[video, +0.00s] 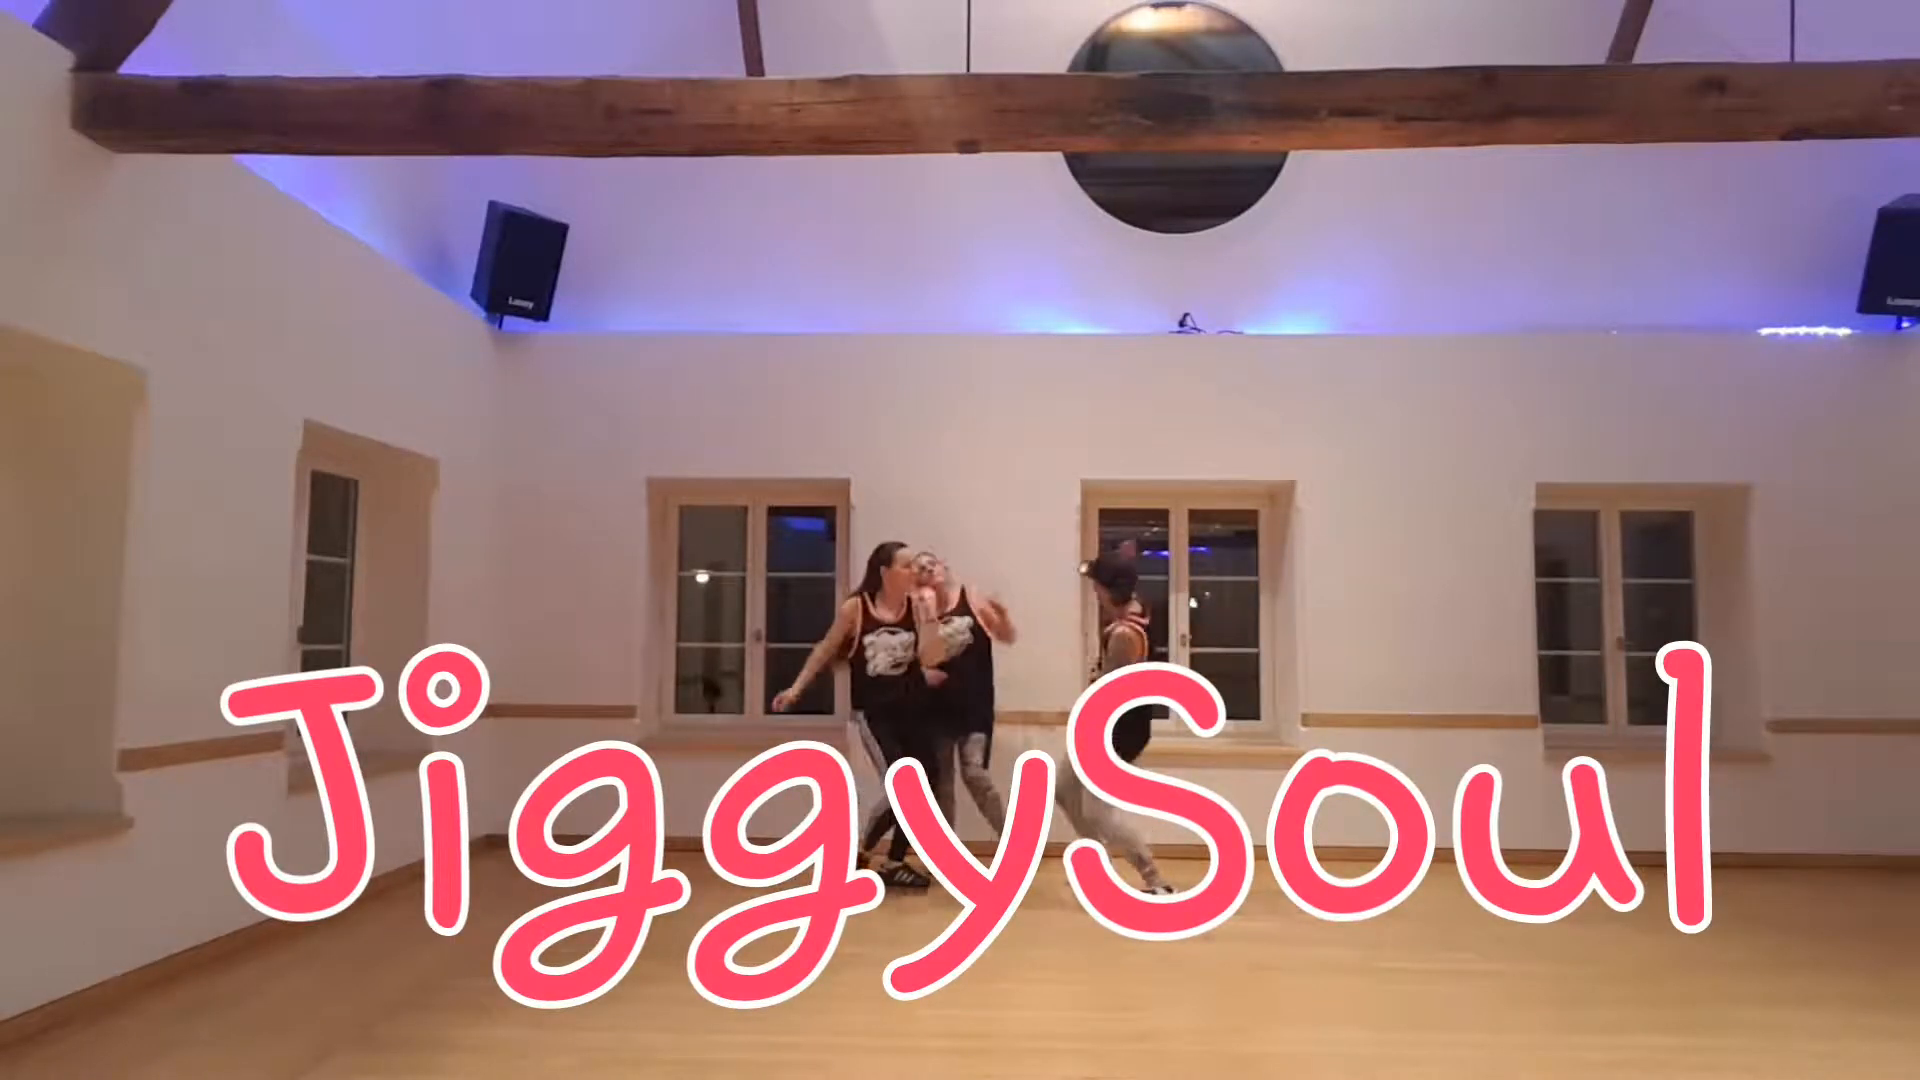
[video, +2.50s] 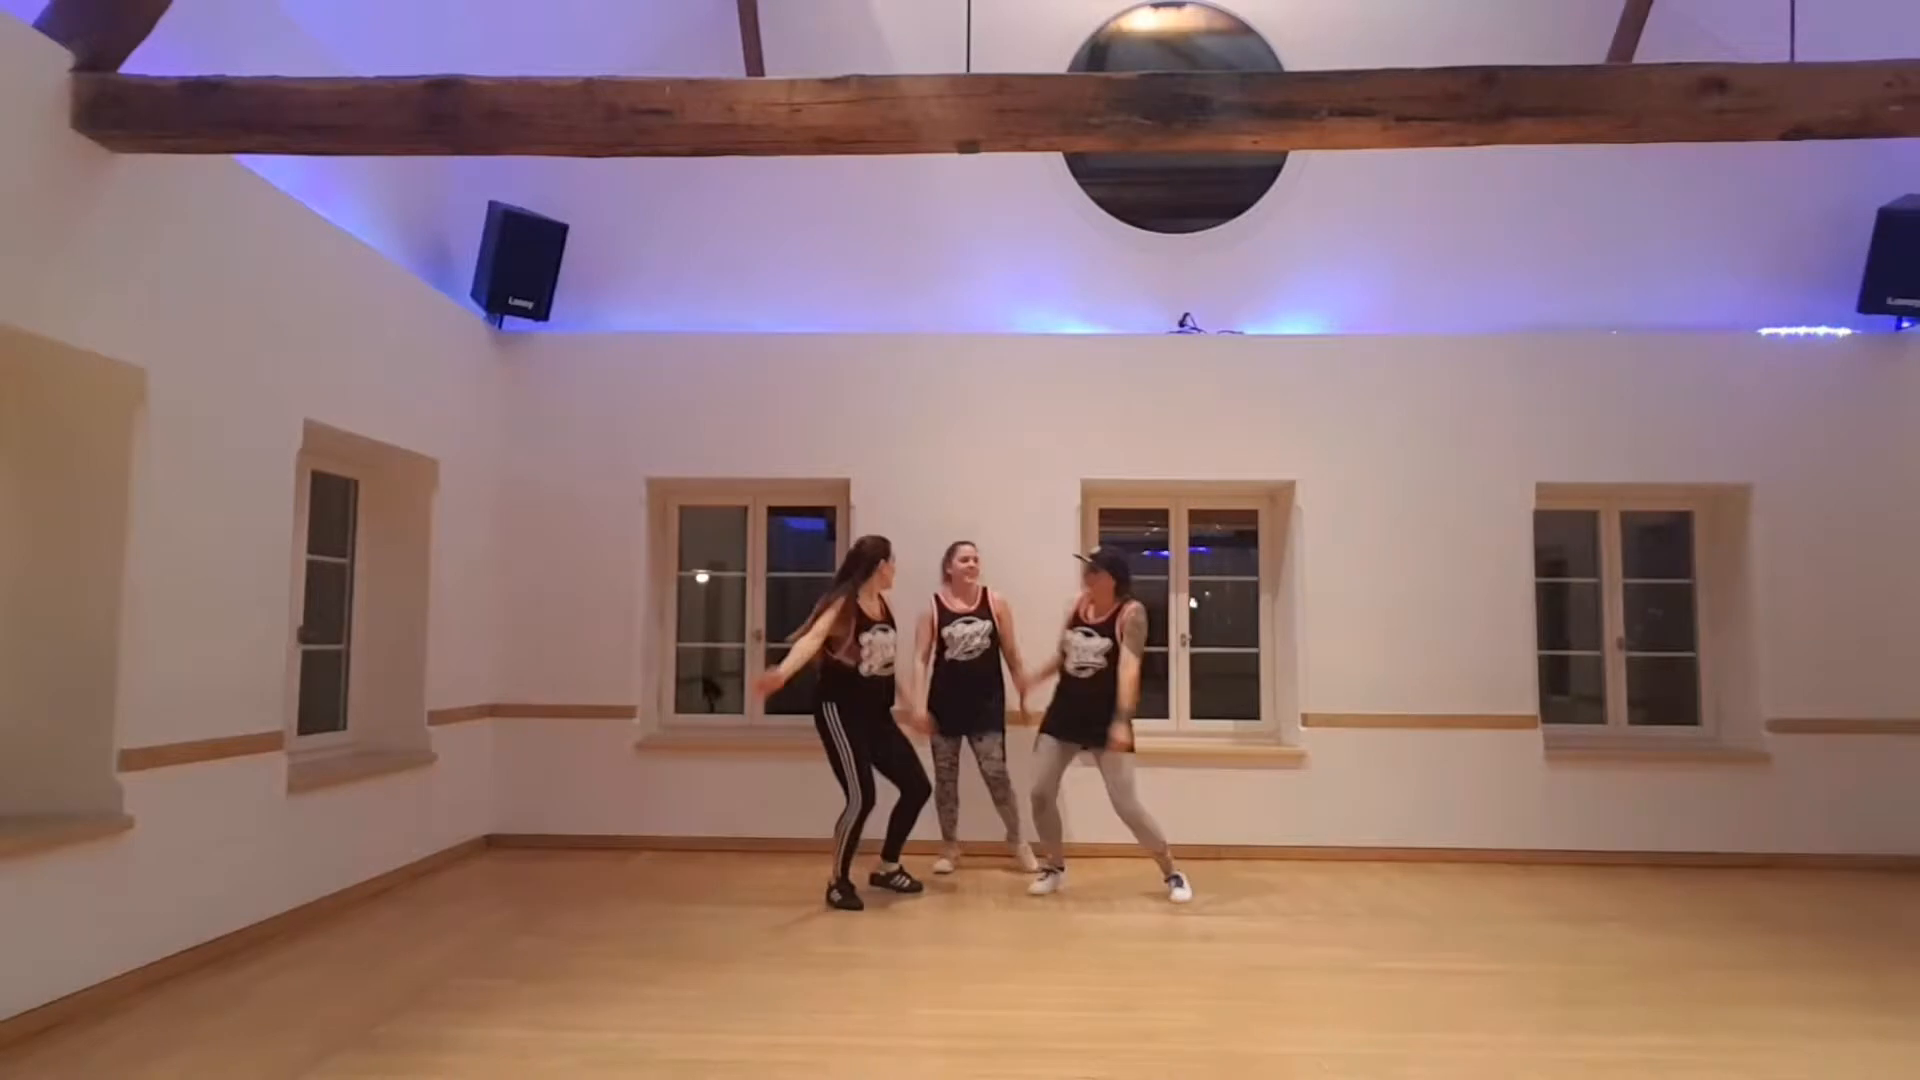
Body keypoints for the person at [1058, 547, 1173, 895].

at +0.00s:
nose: (1095, 592)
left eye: (1097, 586)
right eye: (1096, 586)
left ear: (1105, 590)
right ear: (1127, 587)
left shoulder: (1122, 635)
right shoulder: (1131, 625)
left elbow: (1114, 691)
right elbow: (1114, 685)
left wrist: (1096, 732)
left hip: (1121, 732)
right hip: (1127, 727)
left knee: (1096, 810)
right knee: (1065, 785)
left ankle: (1155, 882)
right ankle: (1097, 854)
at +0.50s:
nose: (1084, 574)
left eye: (1091, 570)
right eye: (1085, 569)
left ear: (1108, 577)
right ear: (1090, 575)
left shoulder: (1136, 610)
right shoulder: (1073, 598)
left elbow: (1169, 646)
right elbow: (1031, 616)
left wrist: (1213, 669)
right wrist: (1039, 571)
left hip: (1109, 704)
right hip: (1067, 700)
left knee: (1079, 782)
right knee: (1057, 787)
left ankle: (1091, 856)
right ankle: (1071, 858)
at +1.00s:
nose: (1093, 556)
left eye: (1099, 550)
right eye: (1091, 550)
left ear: (1118, 553)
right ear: (1095, 555)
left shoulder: (1143, 589)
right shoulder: (1083, 582)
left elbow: (1165, 621)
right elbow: (1056, 618)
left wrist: (1197, 600)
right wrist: (1070, 589)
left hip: (1128, 699)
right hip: (1084, 698)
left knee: (1134, 779)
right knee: (1077, 782)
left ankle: (1154, 864)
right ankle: (1091, 858)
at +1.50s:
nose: (1129, 554)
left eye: (1136, 548)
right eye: (1126, 550)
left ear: (1155, 551)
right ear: (1125, 557)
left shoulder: (1179, 582)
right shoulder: (1113, 588)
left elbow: (1223, 559)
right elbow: (1107, 641)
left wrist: (1194, 515)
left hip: (1166, 697)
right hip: (1118, 694)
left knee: (1167, 786)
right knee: (1098, 774)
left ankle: (1176, 872)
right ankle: (1113, 846)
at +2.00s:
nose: (1129, 558)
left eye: (1136, 551)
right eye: (1127, 551)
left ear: (1157, 555)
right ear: (1132, 558)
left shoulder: (1168, 584)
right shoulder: (1134, 589)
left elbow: (1124, 603)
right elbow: (1117, 603)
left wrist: (1095, 567)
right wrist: (1097, 572)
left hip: (1165, 710)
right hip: (1124, 706)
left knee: (1160, 790)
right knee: (1092, 773)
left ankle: (1176, 874)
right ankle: (1123, 859)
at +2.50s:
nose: (1087, 578)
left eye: (1094, 573)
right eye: (1087, 571)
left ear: (1113, 579)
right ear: (1088, 576)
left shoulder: (1131, 613)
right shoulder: (1080, 605)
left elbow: (1129, 669)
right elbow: (1062, 658)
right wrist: (1032, 679)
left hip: (1106, 718)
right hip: (1065, 713)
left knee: (1125, 805)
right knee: (1040, 792)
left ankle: (1172, 875)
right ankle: (1055, 868)